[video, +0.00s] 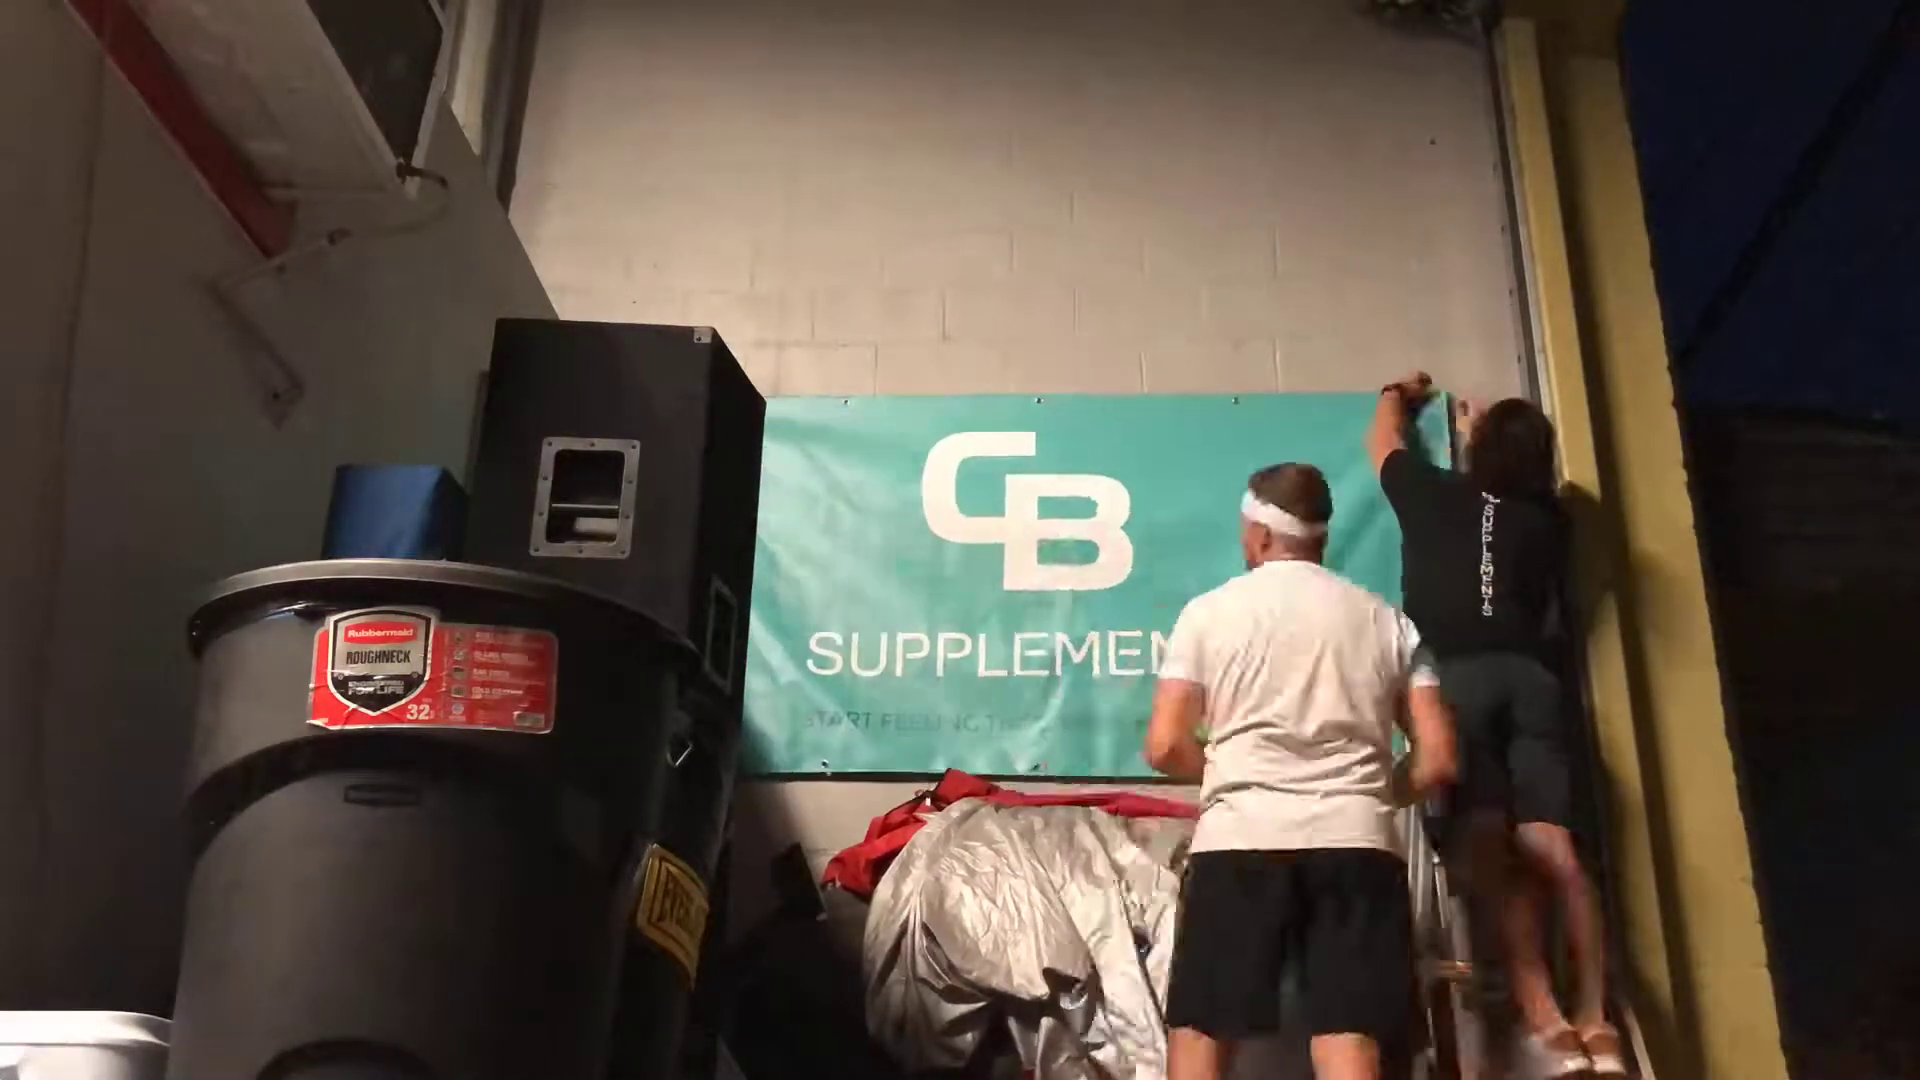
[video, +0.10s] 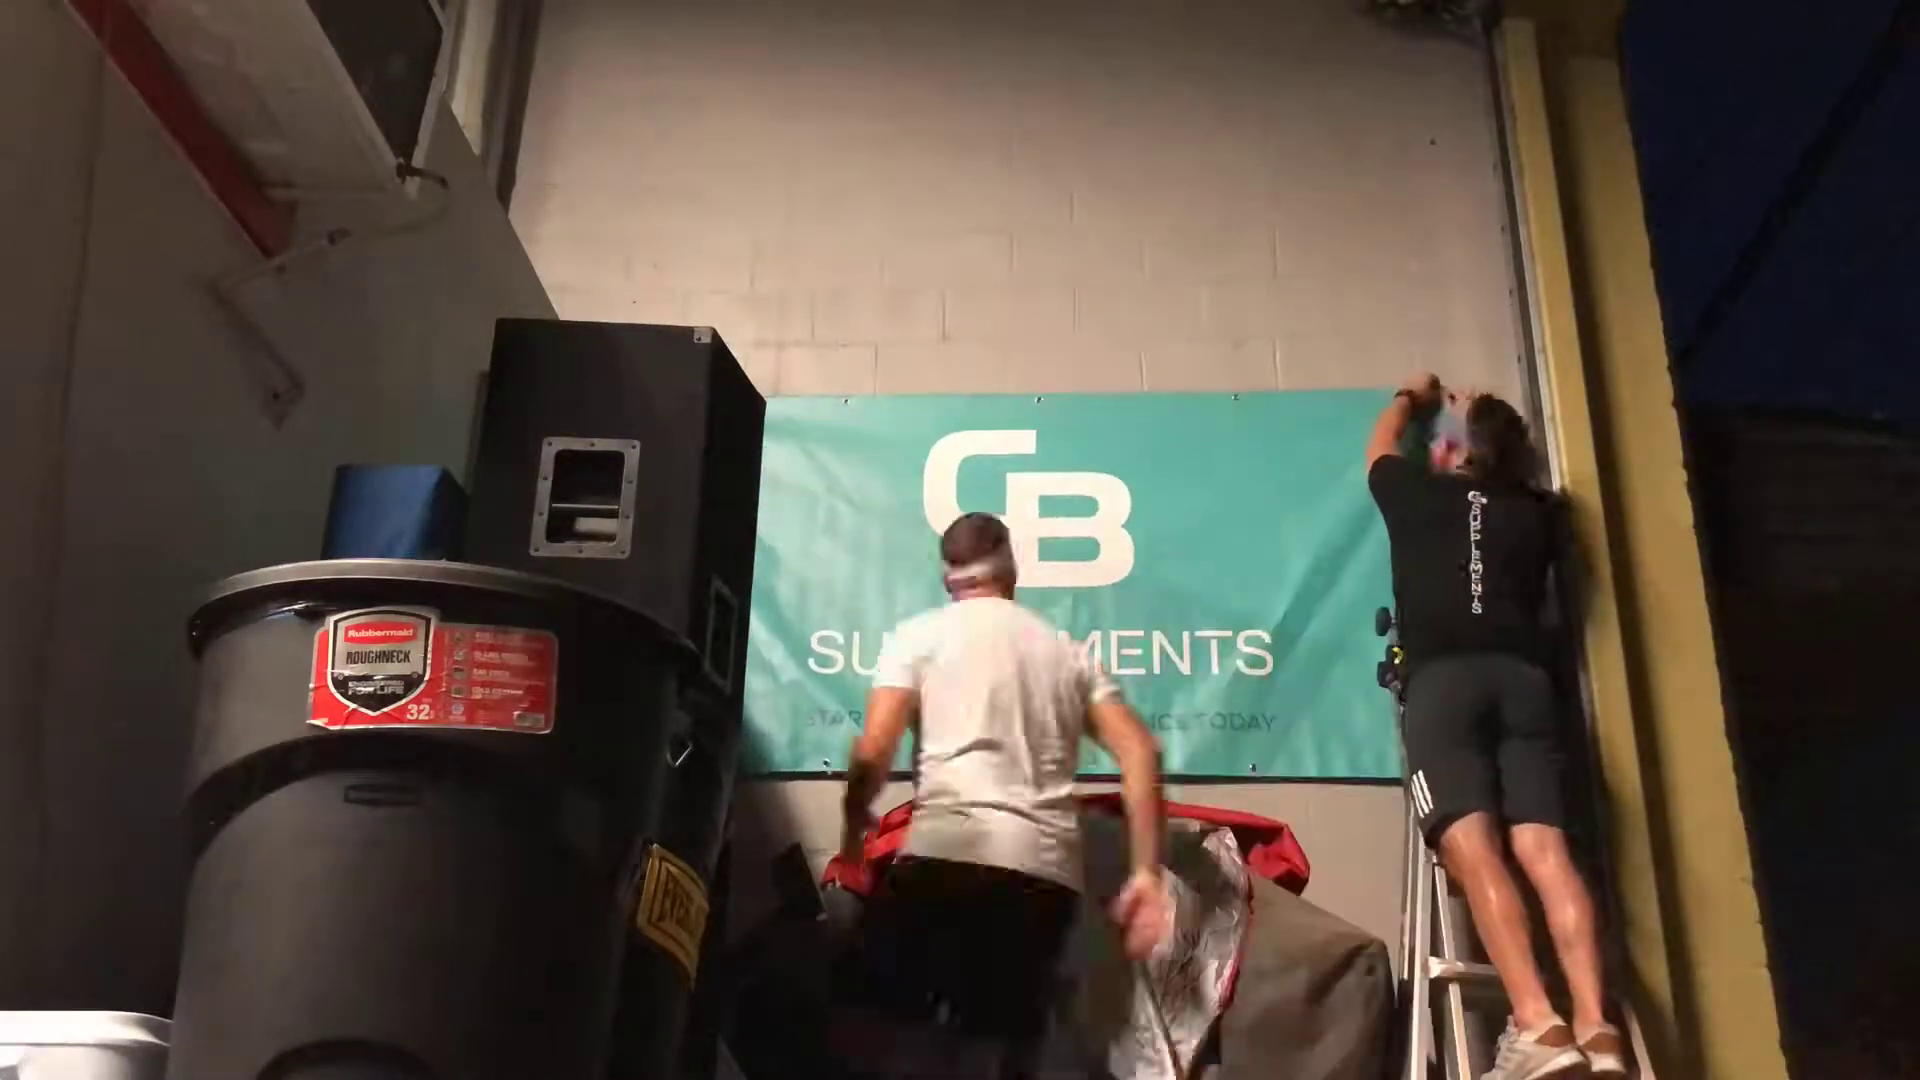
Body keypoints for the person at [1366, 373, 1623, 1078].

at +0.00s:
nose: (1478, 439)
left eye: (1480, 436)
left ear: (1477, 455)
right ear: (1540, 466)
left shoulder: (1430, 497)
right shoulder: (1548, 520)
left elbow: (1384, 444)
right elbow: (1515, 483)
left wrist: (1399, 396)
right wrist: (1478, 442)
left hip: (1458, 678)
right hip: (1535, 677)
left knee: (1493, 858)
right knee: (1556, 845)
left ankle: (1543, 1024)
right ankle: (1596, 1021)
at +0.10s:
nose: (1435, 447)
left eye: (1443, 440)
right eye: (1444, 438)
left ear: (1452, 452)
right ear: (1511, 459)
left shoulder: (1413, 494)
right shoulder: (1535, 513)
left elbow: (1382, 448)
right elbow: (1517, 476)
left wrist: (1407, 398)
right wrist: (1477, 424)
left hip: (1443, 678)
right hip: (1525, 674)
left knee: (1478, 861)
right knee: (1546, 851)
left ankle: (1539, 1026)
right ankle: (1595, 1025)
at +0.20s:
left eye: (1457, 441)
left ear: (1448, 453)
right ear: (1517, 455)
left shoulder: (1414, 499)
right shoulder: (1537, 514)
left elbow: (1381, 454)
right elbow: (1513, 474)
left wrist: (1411, 407)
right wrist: (1477, 419)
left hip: (1443, 678)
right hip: (1525, 674)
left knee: (1480, 861)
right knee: (1547, 852)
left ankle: (1539, 1027)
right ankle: (1595, 1026)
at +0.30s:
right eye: (1496, 443)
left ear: (1428, 461)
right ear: (1500, 461)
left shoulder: (1406, 505)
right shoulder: (1529, 513)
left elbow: (1378, 466)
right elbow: (1513, 480)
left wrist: (1408, 412)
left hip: (1444, 677)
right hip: (1527, 673)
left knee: (1479, 859)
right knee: (1549, 850)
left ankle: (1539, 1027)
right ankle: (1595, 1026)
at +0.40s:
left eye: (1425, 433)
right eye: (1475, 436)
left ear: (1416, 461)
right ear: (1489, 456)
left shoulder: (1399, 506)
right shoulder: (1521, 501)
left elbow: (1378, 461)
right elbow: (1522, 453)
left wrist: (1404, 406)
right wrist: (1482, 402)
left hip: (1443, 676)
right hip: (1526, 671)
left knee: (1477, 856)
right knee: (1546, 849)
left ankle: (1539, 1025)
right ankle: (1594, 1025)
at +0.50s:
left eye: (1414, 435)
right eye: (1443, 431)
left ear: (1401, 463)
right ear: (1467, 453)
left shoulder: (1382, 510)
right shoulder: (1503, 496)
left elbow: (1380, 465)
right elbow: (1519, 436)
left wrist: (1403, 415)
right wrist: (1458, 379)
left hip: (1430, 686)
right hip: (1517, 676)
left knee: (1473, 866)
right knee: (1544, 851)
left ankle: (1536, 1032)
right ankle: (1599, 1031)